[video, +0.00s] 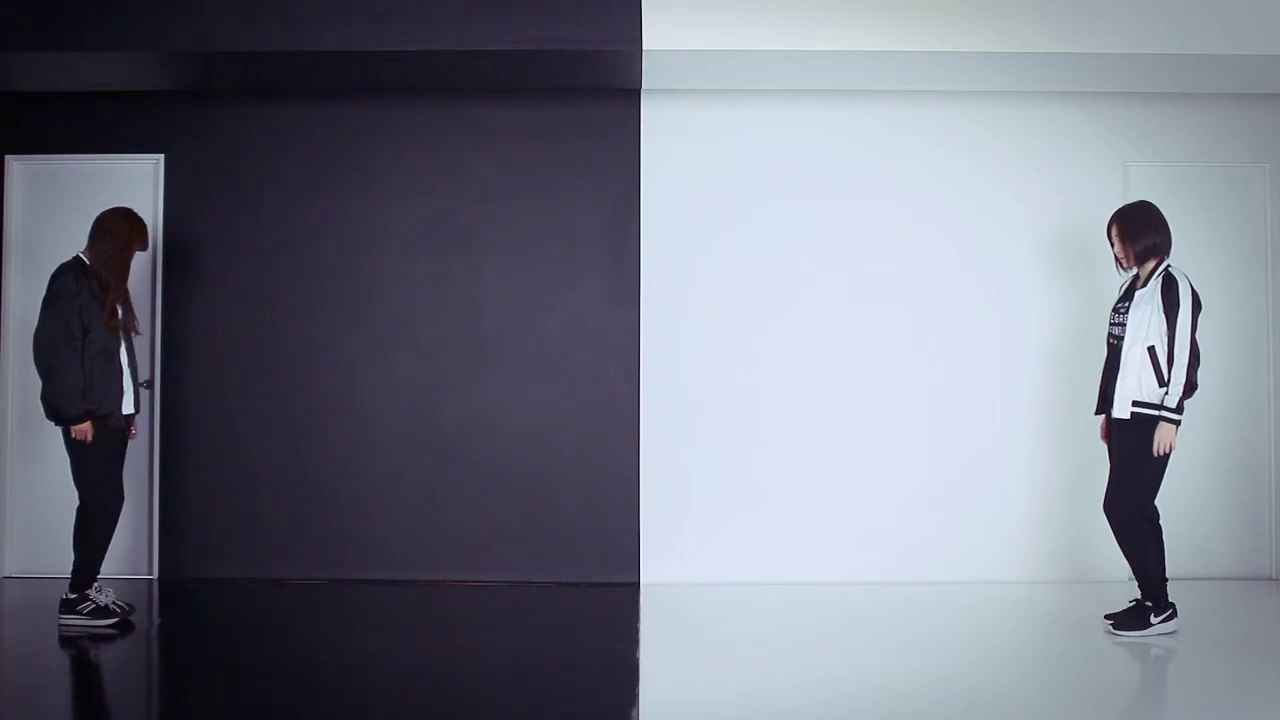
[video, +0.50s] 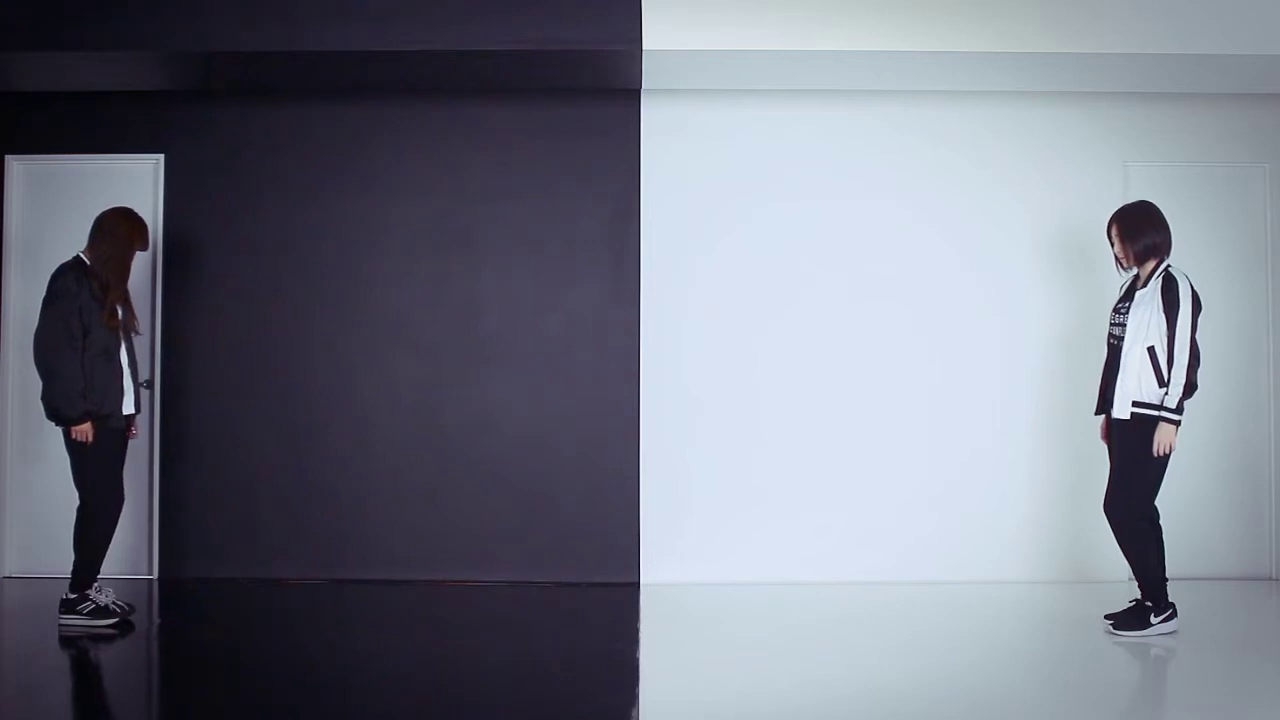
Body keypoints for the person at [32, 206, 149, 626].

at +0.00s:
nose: (131, 260)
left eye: (134, 252)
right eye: (130, 251)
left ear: (108, 242)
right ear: (113, 245)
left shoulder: (108, 284)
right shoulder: (70, 279)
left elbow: (118, 354)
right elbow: (54, 349)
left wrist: (128, 410)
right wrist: (74, 412)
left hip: (112, 415)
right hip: (87, 417)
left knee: (108, 499)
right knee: (100, 500)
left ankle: (86, 590)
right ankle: (78, 596)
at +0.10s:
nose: (131, 260)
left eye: (134, 252)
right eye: (130, 251)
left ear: (107, 241)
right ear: (113, 245)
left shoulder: (108, 284)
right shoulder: (70, 279)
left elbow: (118, 354)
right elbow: (54, 349)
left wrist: (129, 410)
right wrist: (75, 412)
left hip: (112, 415)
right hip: (87, 416)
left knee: (108, 499)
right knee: (100, 500)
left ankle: (86, 590)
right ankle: (78, 596)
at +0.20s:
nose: (131, 260)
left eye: (134, 252)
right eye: (130, 251)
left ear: (107, 241)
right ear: (113, 245)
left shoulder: (108, 284)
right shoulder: (70, 279)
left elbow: (118, 354)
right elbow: (54, 349)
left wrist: (129, 410)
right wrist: (75, 412)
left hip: (112, 415)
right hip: (87, 417)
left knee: (108, 499)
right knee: (100, 500)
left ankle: (86, 590)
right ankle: (78, 596)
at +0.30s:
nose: (132, 260)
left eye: (135, 252)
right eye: (130, 251)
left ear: (107, 241)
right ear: (113, 245)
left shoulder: (108, 284)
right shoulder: (70, 279)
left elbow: (117, 354)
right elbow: (54, 350)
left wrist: (129, 410)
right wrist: (75, 412)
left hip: (112, 415)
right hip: (87, 417)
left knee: (108, 499)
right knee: (100, 500)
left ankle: (86, 590)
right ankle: (78, 597)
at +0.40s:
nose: (132, 260)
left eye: (135, 252)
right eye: (131, 251)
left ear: (107, 242)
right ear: (114, 245)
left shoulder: (108, 284)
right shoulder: (71, 279)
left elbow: (118, 354)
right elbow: (54, 350)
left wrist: (129, 410)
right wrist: (75, 413)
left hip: (112, 415)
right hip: (87, 417)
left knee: (108, 499)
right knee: (100, 500)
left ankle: (86, 590)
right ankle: (78, 597)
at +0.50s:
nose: (132, 260)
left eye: (135, 252)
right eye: (131, 251)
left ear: (107, 241)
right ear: (114, 245)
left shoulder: (108, 284)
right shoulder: (71, 279)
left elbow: (117, 354)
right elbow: (55, 350)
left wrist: (129, 410)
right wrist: (75, 413)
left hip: (112, 416)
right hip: (87, 417)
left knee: (108, 499)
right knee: (100, 500)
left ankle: (86, 590)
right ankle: (78, 597)